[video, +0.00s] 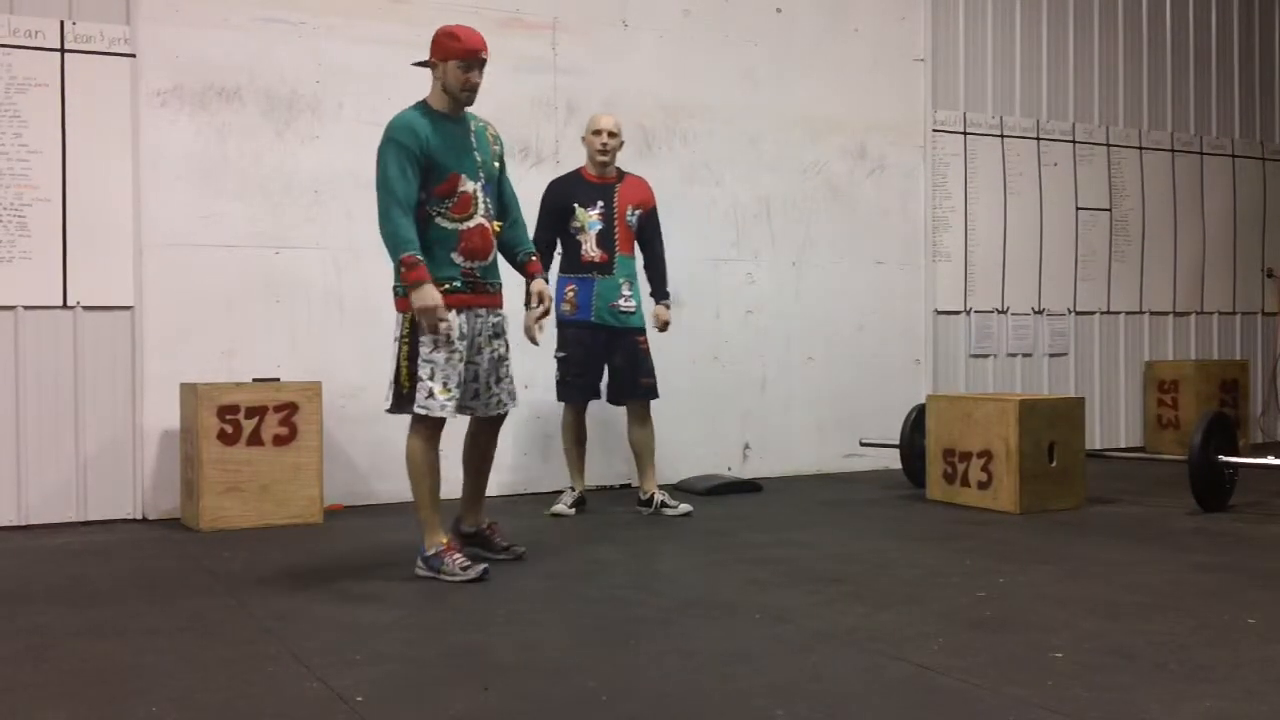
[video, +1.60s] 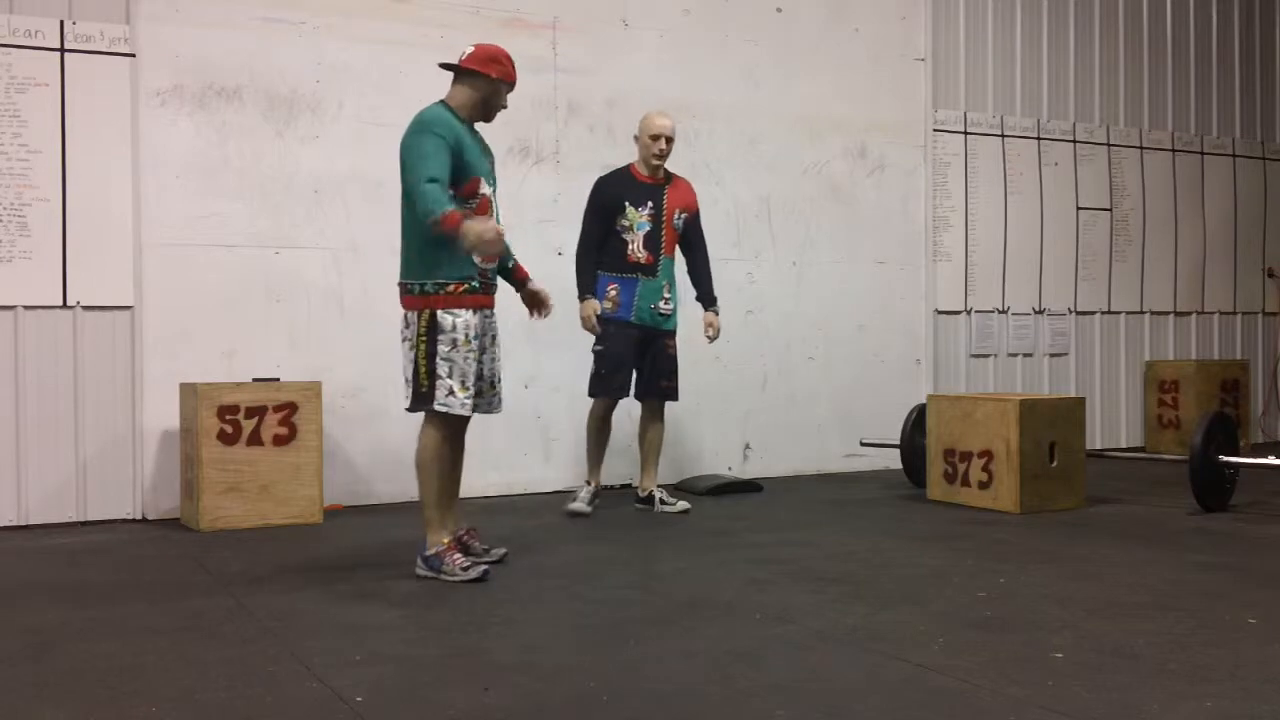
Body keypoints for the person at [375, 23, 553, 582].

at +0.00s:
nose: (472, 75)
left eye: (479, 65)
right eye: (462, 65)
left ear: (484, 70)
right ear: (435, 67)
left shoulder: (486, 136)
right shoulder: (406, 131)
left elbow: (507, 214)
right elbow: (395, 214)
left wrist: (534, 274)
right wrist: (418, 282)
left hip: (486, 300)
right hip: (436, 299)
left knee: (489, 411)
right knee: (429, 417)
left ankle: (471, 524)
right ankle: (434, 545)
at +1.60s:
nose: (505, 105)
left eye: (508, 96)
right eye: (504, 93)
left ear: (479, 83)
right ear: (481, 83)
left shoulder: (478, 144)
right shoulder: (431, 128)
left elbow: (484, 225)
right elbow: (431, 201)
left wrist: (522, 282)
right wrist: (464, 228)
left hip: (472, 298)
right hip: (440, 297)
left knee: (457, 416)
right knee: (440, 417)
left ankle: (450, 531)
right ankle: (434, 546)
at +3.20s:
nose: (461, 99)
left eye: (464, 91)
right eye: (460, 90)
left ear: (433, 77)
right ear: (439, 79)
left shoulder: (434, 124)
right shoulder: (380, 136)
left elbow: (475, 123)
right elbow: (384, 229)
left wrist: (521, 75)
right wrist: (443, 271)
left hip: (447, 296)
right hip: (401, 302)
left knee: (472, 405)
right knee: (399, 419)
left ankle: (452, 525)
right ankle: (400, 549)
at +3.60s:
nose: (473, 105)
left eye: (476, 97)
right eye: (469, 94)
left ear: (458, 88)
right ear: (441, 80)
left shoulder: (452, 132)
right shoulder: (386, 130)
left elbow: (506, 152)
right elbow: (374, 215)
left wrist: (506, 97)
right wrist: (420, 256)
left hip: (451, 298)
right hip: (404, 301)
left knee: (445, 415)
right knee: (400, 418)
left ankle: (430, 532)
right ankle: (398, 548)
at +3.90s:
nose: (476, 97)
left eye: (485, 91)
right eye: (470, 84)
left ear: (488, 94)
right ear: (446, 76)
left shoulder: (475, 146)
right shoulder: (402, 126)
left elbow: (528, 184)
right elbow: (371, 198)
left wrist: (574, 145)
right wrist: (398, 252)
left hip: (450, 302)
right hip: (403, 298)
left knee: (434, 418)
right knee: (399, 417)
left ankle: (428, 533)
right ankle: (398, 546)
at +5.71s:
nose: (503, 126)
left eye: (507, 117)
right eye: (502, 115)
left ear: (484, 103)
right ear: (480, 100)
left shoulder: (476, 161)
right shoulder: (412, 133)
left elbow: (508, 231)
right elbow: (388, 209)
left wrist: (565, 278)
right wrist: (412, 279)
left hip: (450, 299)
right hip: (410, 295)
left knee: (435, 416)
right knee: (411, 414)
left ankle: (430, 530)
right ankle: (405, 542)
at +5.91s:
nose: (497, 120)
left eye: (500, 112)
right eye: (495, 109)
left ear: (476, 101)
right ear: (469, 96)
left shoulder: (473, 156)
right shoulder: (405, 136)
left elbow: (522, 208)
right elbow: (386, 216)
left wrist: (586, 201)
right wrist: (415, 282)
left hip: (450, 301)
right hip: (408, 298)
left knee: (433, 418)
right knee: (405, 416)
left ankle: (428, 532)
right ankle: (389, 542)